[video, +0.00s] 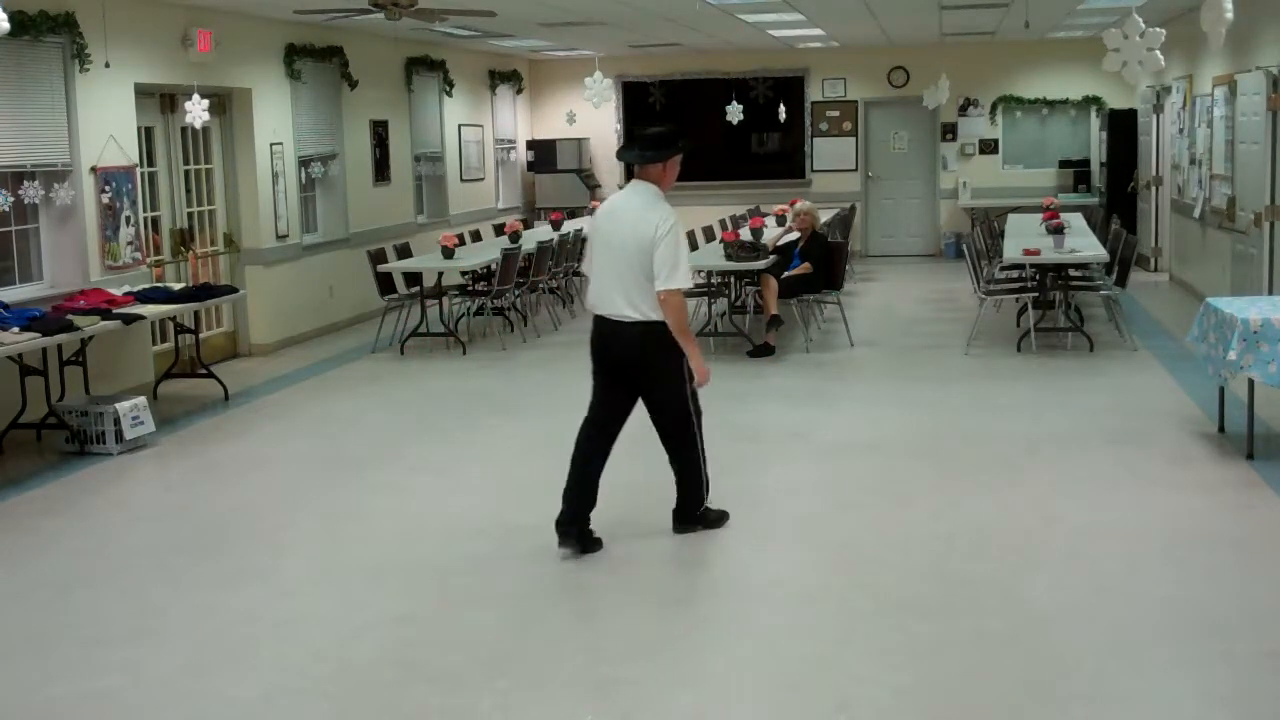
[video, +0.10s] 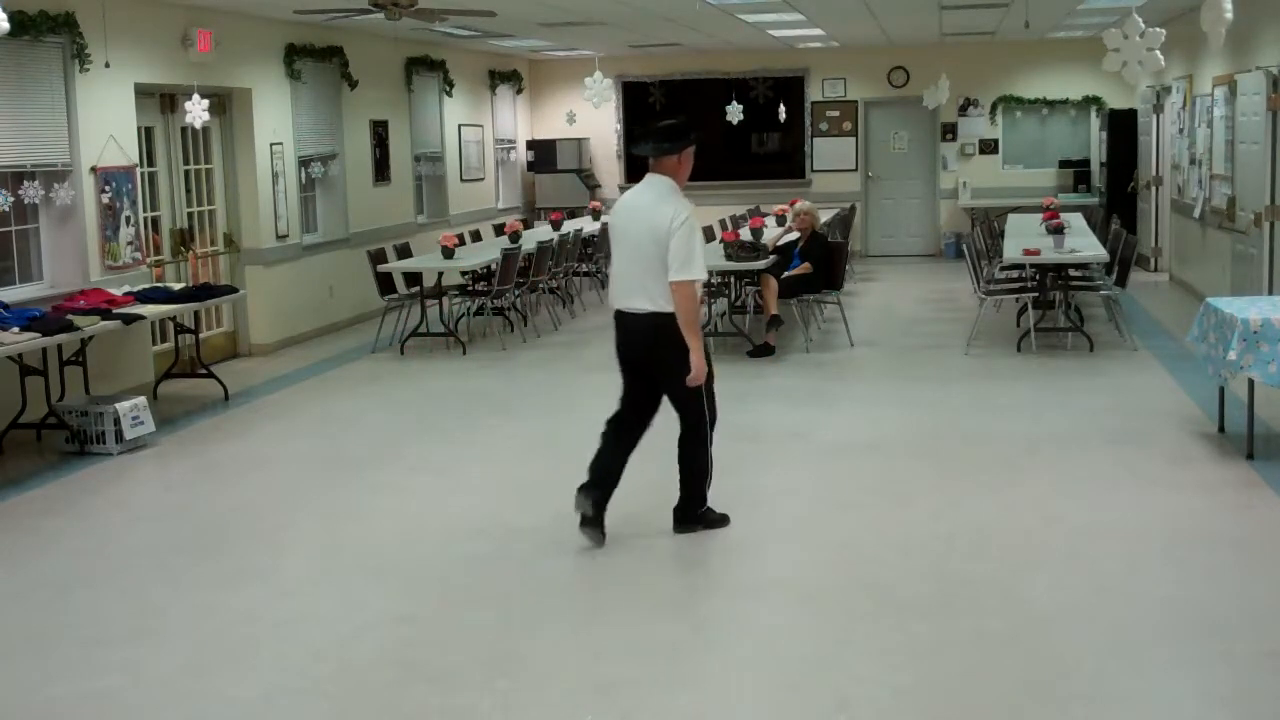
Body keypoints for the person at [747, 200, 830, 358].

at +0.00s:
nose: (801, 218)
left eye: (805, 215)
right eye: (798, 215)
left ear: (813, 219)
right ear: (795, 220)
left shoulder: (820, 240)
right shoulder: (796, 242)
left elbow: (809, 267)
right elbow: (767, 249)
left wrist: (785, 276)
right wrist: (784, 231)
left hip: (809, 279)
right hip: (790, 275)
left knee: (768, 292)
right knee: (765, 275)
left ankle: (769, 343)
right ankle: (774, 315)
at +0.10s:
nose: (801, 218)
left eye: (805, 214)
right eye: (798, 215)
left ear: (813, 218)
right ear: (794, 220)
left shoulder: (820, 240)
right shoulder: (796, 242)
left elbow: (809, 267)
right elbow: (767, 249)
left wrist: (785, 276)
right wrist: (784, 231)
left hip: (809, 279)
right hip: (790, 275)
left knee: (768, 292)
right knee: (765, 275)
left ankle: (769, 343)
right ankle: (774, 315)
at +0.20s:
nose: (801, 217)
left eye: (805, 214)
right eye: (798, 214)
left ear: (813, 218)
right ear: (794, 219)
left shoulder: (820, 240)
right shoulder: (796, 242)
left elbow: (809, 267)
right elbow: (767, 249)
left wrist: (785, 276)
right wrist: (784, 231)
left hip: (809, 279)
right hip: (790, 275)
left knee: (768, 291)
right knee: (765, 275)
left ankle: (769, 343)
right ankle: (773, 315)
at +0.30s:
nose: (801, 217)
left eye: (805, 214)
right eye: (798, 214)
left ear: (813, 219)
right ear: (794, 220)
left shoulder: (820, 239)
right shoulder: (795, 242)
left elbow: (809, 267)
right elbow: (767, 249)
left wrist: (785, 276)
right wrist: (784, 231)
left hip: (809, 279)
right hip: (790, 275)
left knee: (768, 292)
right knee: (765, 275)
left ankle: (769, 343)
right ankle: (773, 315)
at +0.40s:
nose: (801, 217)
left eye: (805, 214)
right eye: (798, 214)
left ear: (813, 219)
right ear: (794, 219)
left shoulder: (820, 239)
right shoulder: (795, 242)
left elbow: (810, 266)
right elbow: (769, 249)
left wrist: (784, 276)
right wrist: (784, 231)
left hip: (809, 279)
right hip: (791, 277)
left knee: (768, 292)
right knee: (767, 277)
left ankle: (770, 343)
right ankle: (773, 315)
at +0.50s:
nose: (801, 217)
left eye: (805, 214)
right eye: (798, 215)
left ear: (813, 219)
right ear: (794, 219)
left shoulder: (819, 239)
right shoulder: (795, 243)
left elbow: (810, 266)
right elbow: (767, 249)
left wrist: (785, 276)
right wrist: (785, 231)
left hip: (810, 279)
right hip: (791, 277)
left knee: (768, 291)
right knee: (767, 277)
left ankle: (771, 341)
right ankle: (773, 316)